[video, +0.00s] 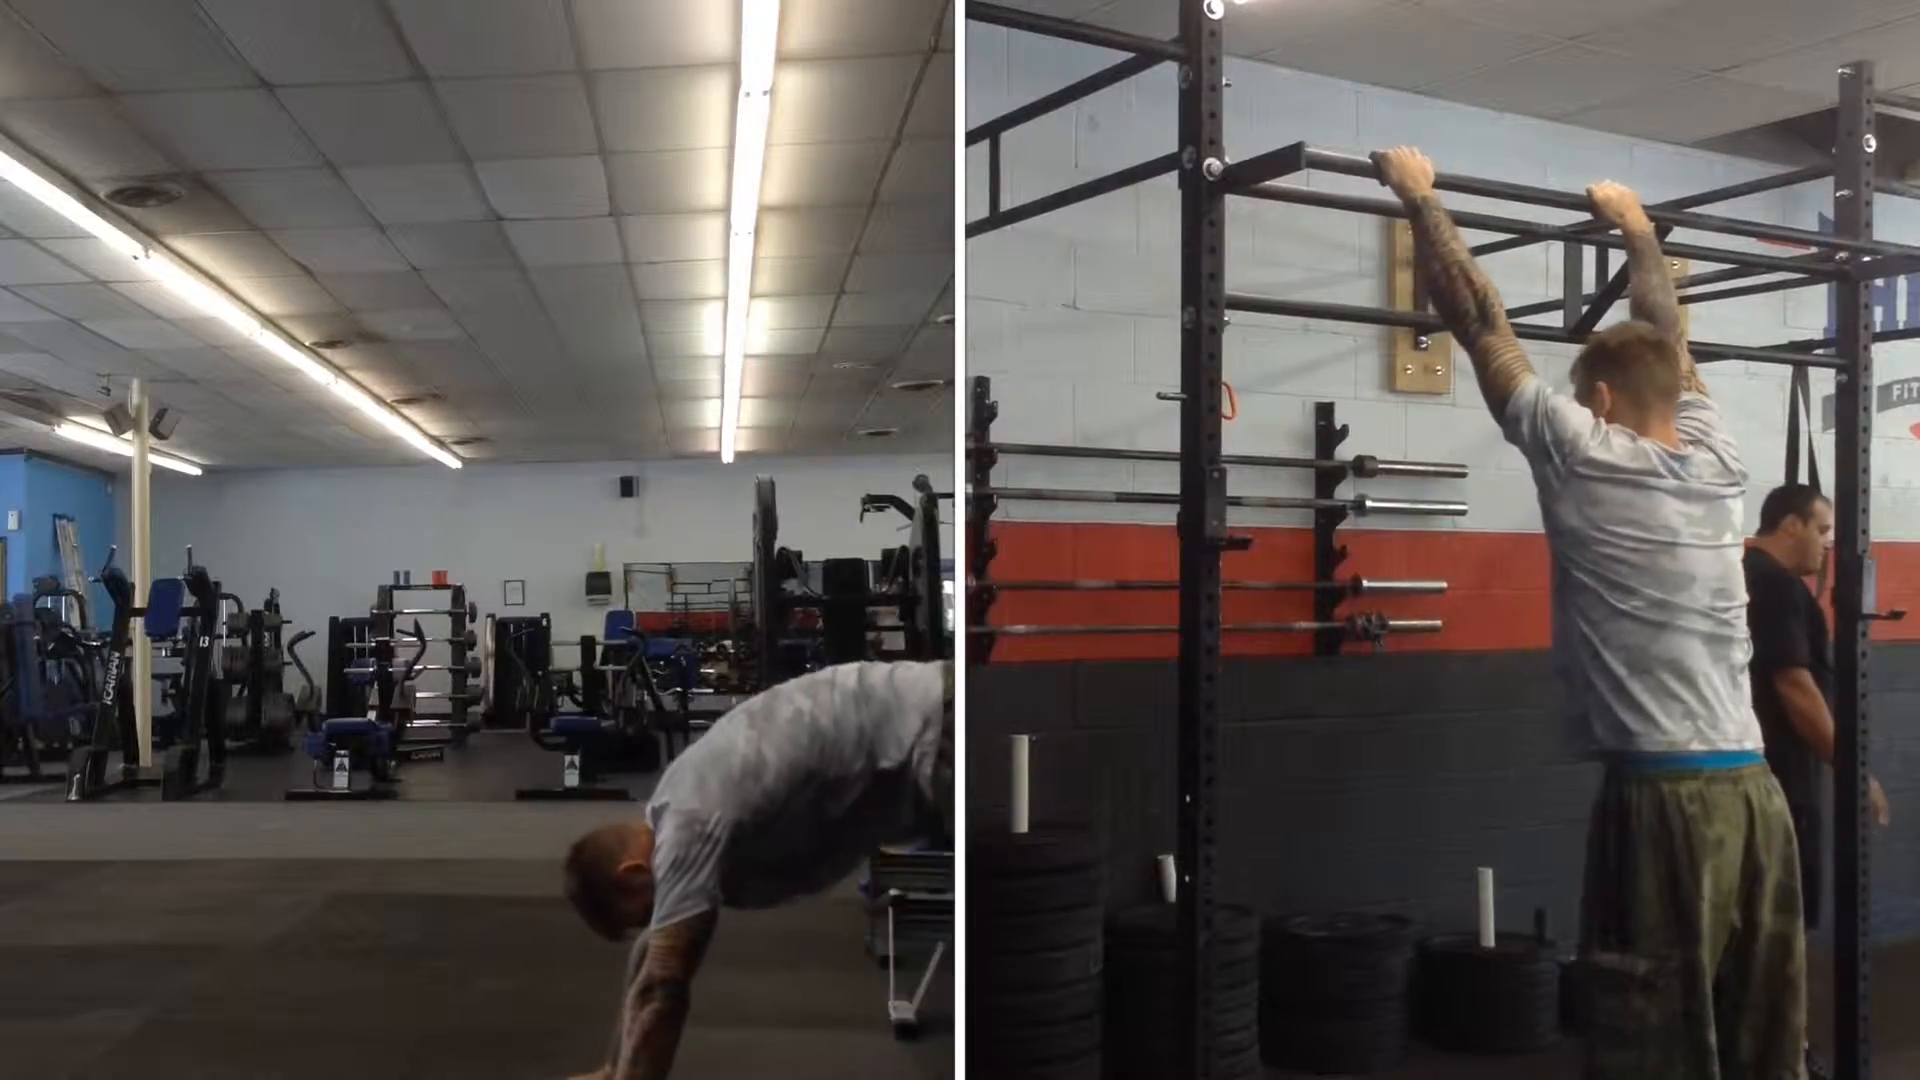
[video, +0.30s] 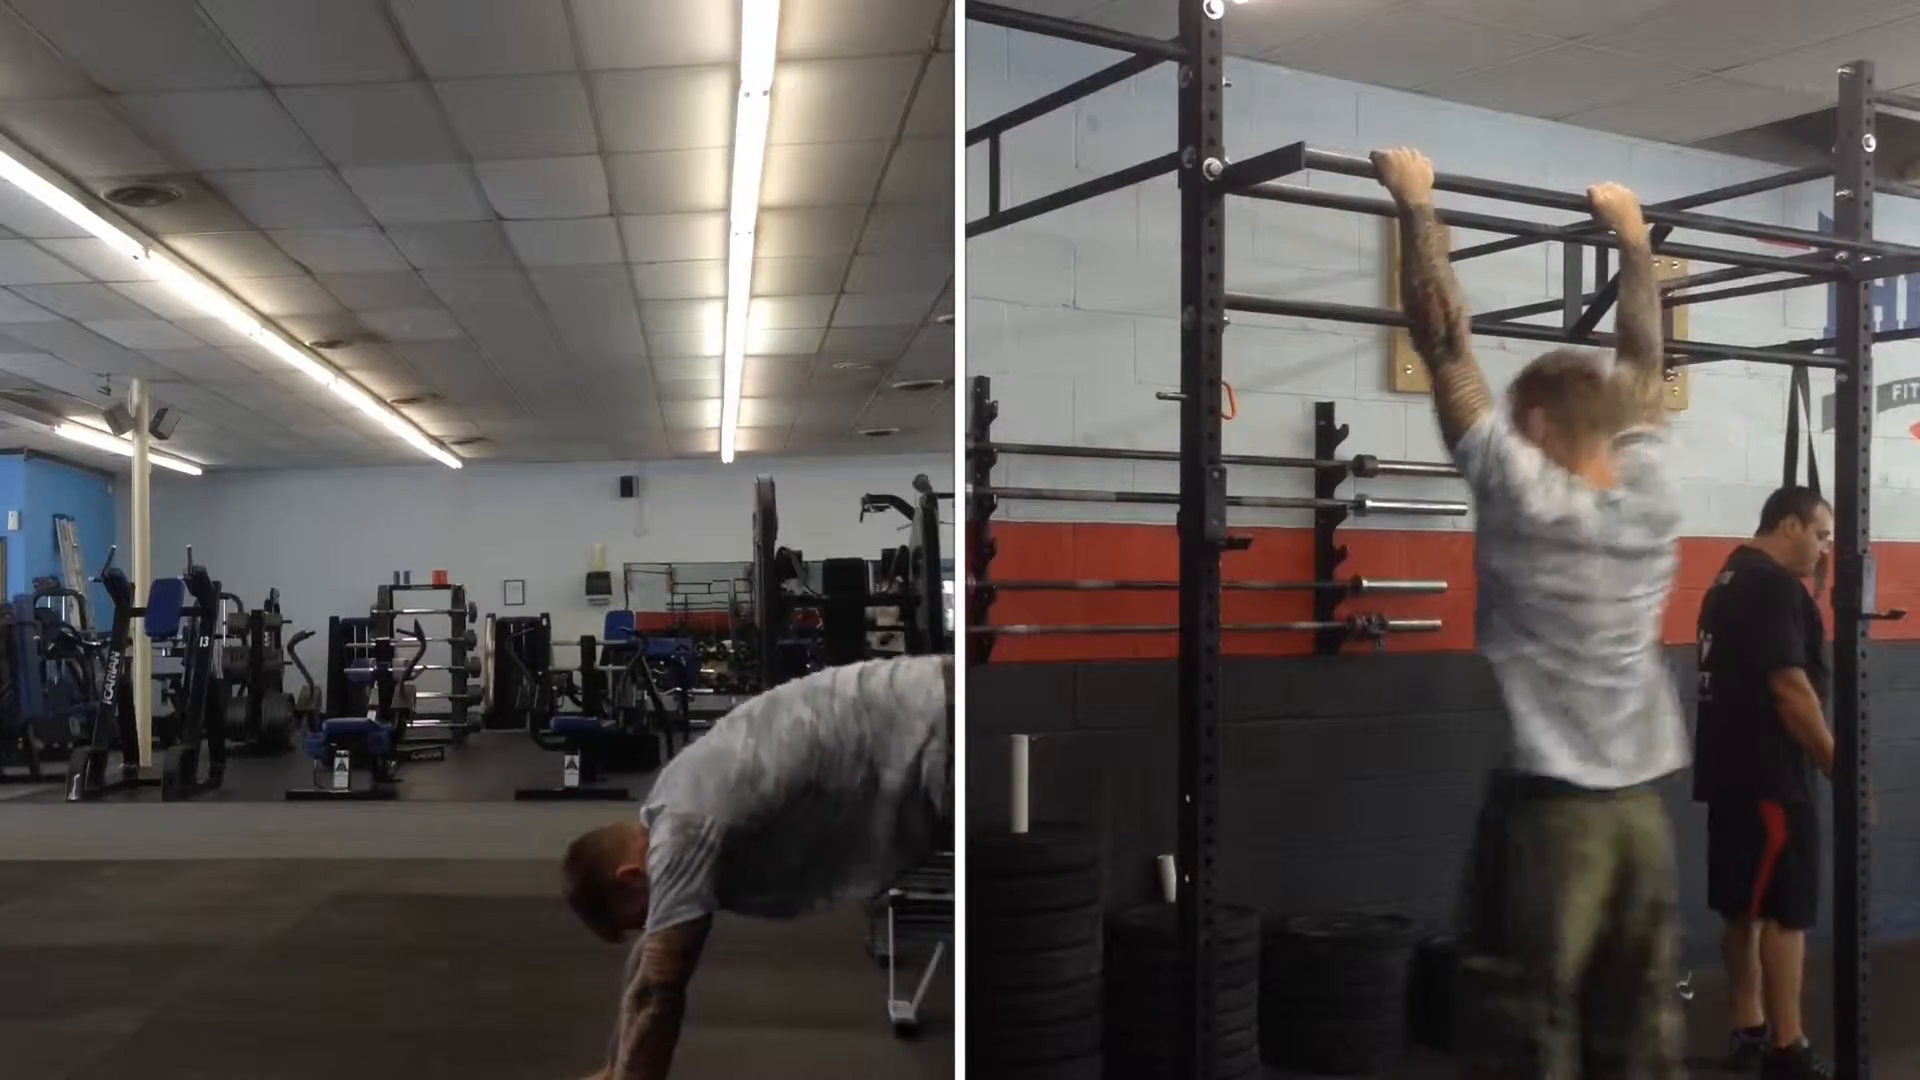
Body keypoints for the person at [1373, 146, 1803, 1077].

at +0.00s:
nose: (1577, 407)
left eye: (1582, 394)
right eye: (1582, 393)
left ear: (1600, 398)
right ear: (1672, 392)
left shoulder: (1581, 454)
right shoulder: (1713, 465)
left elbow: (1480, 326)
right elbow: (1672, 349)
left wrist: (1425, 200)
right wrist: (1640, 228)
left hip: (1661, 805)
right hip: (1759, 798)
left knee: (1659, 1047)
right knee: (1771, 1045)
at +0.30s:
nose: (1517, 434)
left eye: (1522, 420)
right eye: (1524, 421)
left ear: (1535, 424)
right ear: (1611, 423)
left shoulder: (1519, 493)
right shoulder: (1651, 499)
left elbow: (1443, 342)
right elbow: (1644, 368)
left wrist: (1418, 207)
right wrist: (1638, 244)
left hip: (1551, 812)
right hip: (1642, 808)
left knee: (1533, 1031)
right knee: (1642, 1031)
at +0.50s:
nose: (1429, 432)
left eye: (1432, 420)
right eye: (1453, 414)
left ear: (1435, 434)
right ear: (1509, 435)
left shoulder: (1429, 498)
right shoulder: (1545, 509)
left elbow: (1398, 352)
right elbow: (1590, 377)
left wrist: (1408, 214)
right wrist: (1622, 255)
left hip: (1419, 801)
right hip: (1507, 799)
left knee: (1406, 1022)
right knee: (1530, 1012)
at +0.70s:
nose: (1401, 400)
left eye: (1404, 392)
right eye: (1419, 388)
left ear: (1403, 418)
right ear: (1479, 432)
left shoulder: (1385, 486)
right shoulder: (1490, 509)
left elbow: (1379, 347)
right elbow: (1559, 376)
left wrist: (1401, 216)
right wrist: (1614, 258)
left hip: (1339, 763)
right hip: (1421, 763)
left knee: (1307, 968)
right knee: (1423, 961)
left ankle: (1378, 1073)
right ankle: (1495, 1070)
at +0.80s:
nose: (1412, 411)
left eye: (1417, 402)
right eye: (1422, 404)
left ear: (1427, 424)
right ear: (1501, 436)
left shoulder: (1399, 490)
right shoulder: (1506, 521)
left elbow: (1378, 342)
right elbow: (1569, 376)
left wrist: (1399, 216)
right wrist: (1614, 262)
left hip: (1320, 744)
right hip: (1403, 746)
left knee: (1254, 925)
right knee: (1382, 928)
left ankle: (1333, 1070)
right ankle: (1429, 1068)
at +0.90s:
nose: (1452, 425)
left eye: (1460, 413)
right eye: (1464, 411)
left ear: (1472, 427)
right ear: (1536, 434)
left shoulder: (1434, 491)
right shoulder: (1548, 517)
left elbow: (1380, 348)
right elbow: (1591, 378)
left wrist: (1400, 217)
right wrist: (1618, 259)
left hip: (1336, 733)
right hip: (1410, 748)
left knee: (1220, 822)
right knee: (1324, 852)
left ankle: (1278, 1026)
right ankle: (1343, 1029)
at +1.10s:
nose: (1552, 393)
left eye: (1560, 383)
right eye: (1564, 382)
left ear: (1571, 396)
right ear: (1631, 413)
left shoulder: (1511, 467)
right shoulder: (1641, 496)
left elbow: (1410, 362)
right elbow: (1630, 383)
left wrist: (1405, 219)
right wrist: (1628, 262)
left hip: (1403, 666)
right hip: (1473, 693)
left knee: (1241, 596)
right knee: (1266, 598)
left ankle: (1114, 628)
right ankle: (1126, 627)